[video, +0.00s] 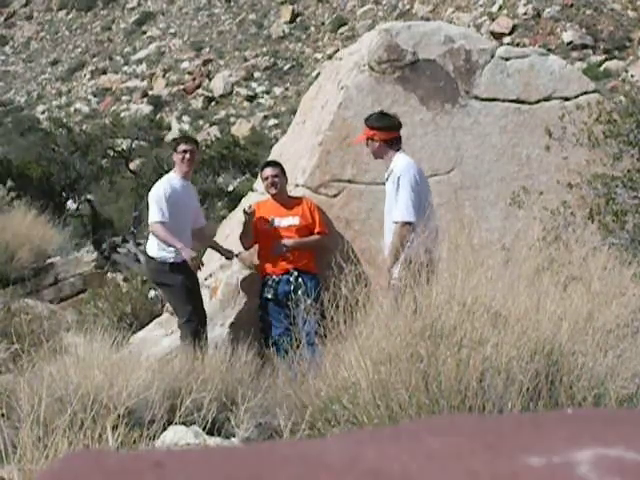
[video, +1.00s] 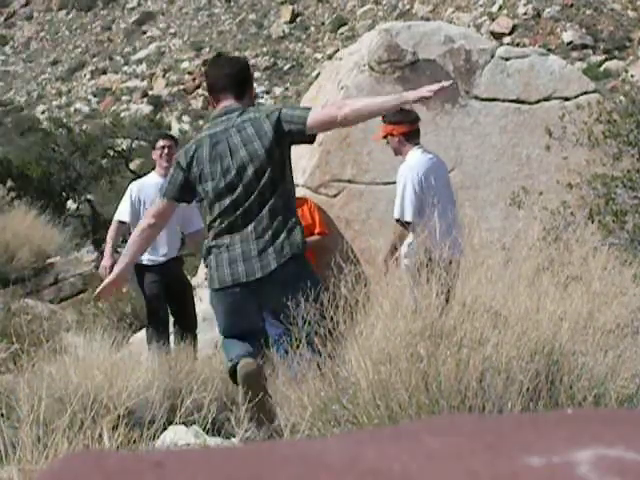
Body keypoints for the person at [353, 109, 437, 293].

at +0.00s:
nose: (367, 146)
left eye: (368, 141)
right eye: (367, 141)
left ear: (379, 142)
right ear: (390, 140)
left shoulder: (406, 171)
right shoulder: (398, 169)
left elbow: (405, 225)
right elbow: (402, 224)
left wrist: (390, 266)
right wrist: (391, 263)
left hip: (411, 266)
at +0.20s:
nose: (374, 141)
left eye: (376, 136)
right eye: (374, 136)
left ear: (385, 139)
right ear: (402, 136)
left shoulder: (405, 168)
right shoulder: (418, 162)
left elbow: (404, 226)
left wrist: (389, 269)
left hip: (416, 262)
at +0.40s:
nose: (378, 141)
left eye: (380, 136)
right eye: (378, 136)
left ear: (389, 138)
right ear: (407, 135)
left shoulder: (407, 169)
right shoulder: (427, 161)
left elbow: (406, 227)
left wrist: (389, 271)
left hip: (419, 260)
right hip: (440, 256)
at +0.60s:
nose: (382, 143)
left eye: (383, 138)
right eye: (381, 138)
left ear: (392, 138)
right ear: (408, 135)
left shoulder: (410, 169)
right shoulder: (432, 162)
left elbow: (409, 227)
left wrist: (394, 266)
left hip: (422, 261)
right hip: (443, 257)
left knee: (417, 321)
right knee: (440, 318)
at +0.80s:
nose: (384, 144)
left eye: (385, 138)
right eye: (383, 138)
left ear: (394, 138)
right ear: (410, 135)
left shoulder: (411, 169)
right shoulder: (432, 161)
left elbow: (410, 224)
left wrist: (402, 266)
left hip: (426, 259)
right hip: (446, 254)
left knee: (422, 319)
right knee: (442, 316)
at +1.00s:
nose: (388, 145)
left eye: (388, 139)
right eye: (387, 139)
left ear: (398, 138)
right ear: (415, 135)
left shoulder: (409, 169)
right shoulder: (436, 161)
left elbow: (404, 223)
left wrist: (390, 253)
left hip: (423, 250)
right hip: (448, 246)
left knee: (421, 309)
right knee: (443, 309)